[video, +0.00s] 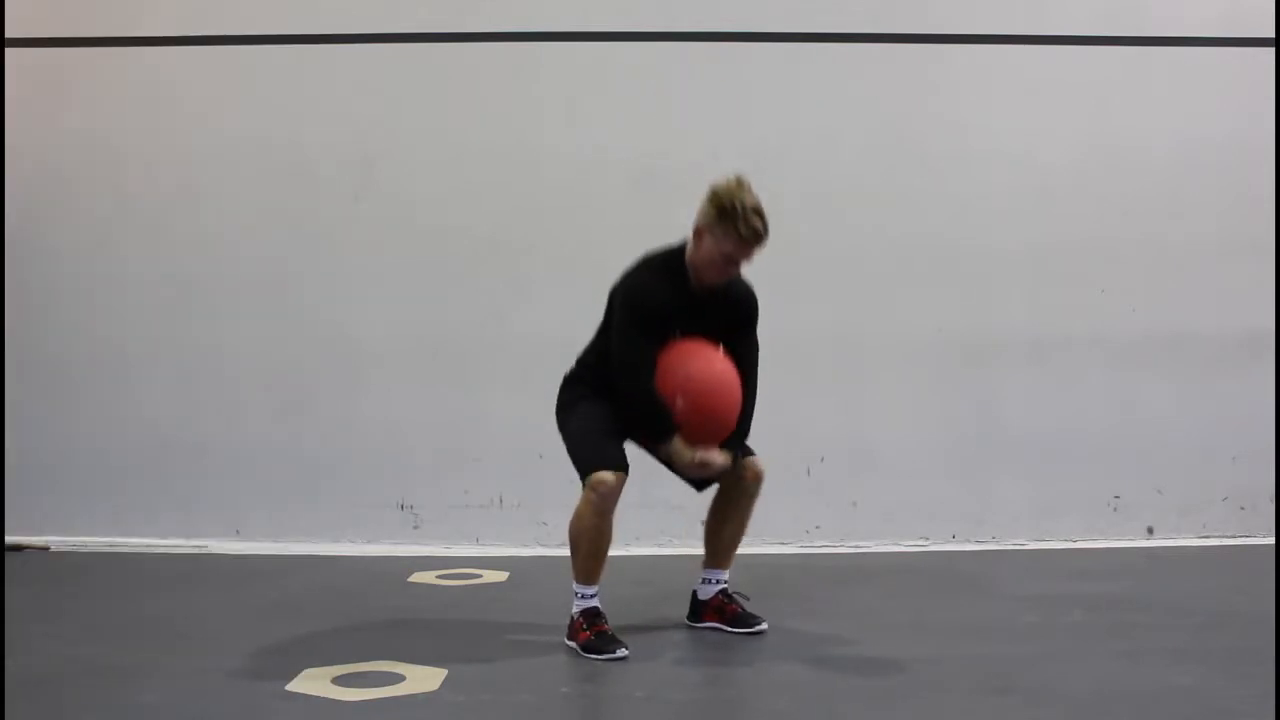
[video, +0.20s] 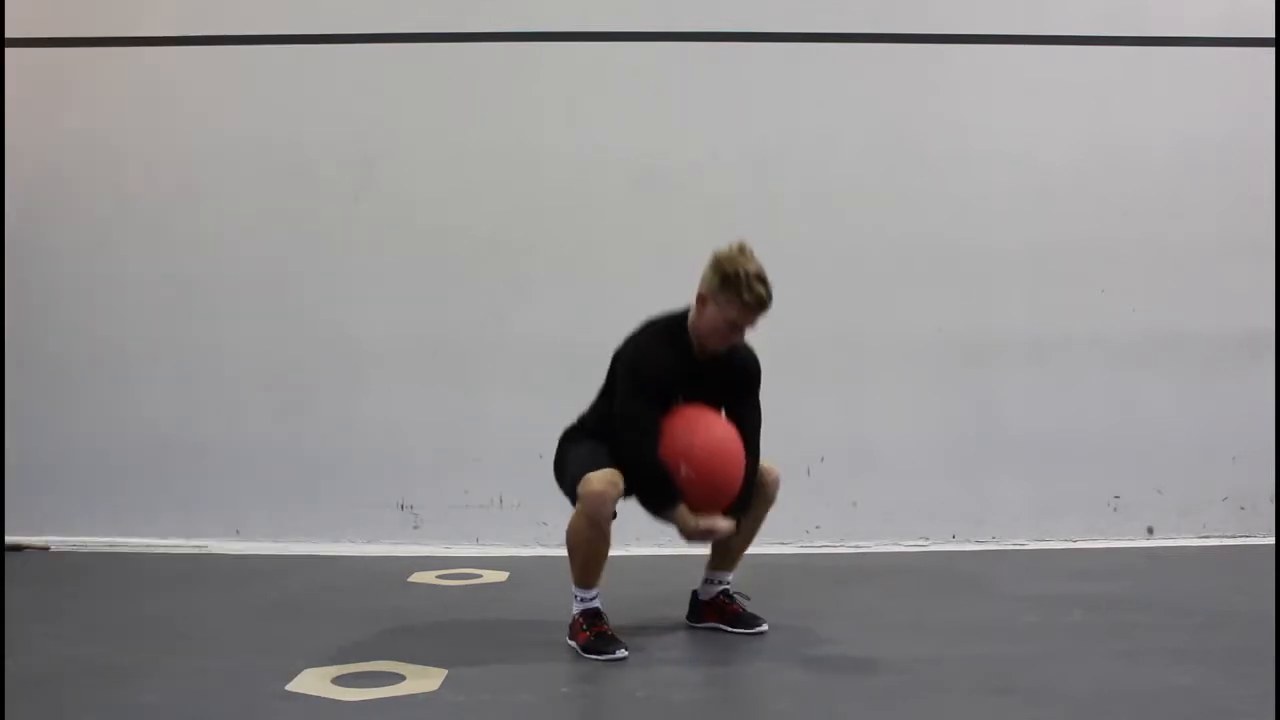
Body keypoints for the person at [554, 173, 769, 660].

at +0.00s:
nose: (733, 271)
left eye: (743, 261)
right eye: (726, 257)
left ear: (752, 253)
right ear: (698, 234)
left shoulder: (738, 300)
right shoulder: (645, 284)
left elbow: (743, 380)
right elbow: (627, 378)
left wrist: (729, 447)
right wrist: (671, 445)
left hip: (662, 403)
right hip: (596, 393)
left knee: (746, 473)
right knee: (605, 481)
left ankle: (710, 596)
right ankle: (585, 614)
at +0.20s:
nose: (739, 337)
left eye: (747, 327)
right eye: (733, 325)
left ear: (755, 319)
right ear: (701, 301)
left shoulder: (741, 365)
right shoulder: (647, 348)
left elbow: (746, 446)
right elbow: (633, 444)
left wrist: (728, 509)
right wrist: (677, 511)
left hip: (674, 458)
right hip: (600, 444)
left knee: (764, 482)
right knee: (600, 489)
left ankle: (711, 596)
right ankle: (586, 614)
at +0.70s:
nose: (736, 285)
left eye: (744, 275)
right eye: (729, 272)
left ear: (750, 271)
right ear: (698, 254)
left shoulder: (741, 325)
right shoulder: (647, 309)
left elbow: (749, 403)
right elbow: (634, 406)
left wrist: (738, 465)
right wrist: (688, 470)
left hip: (669, 421)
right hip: (602, 412)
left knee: (760, 477)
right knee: (606, 488)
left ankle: (711, 597)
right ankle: (586, 614)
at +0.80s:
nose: (731, 240)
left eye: (738, 231)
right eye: (724, 228)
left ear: (744, 228)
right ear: (694, 214)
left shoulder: (737, 288)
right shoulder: (644, 274)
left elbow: (749, 369)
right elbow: (633, 365)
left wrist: (740, 432)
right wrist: (685, 426)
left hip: (666, 400)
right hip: (603, 389)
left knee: (750, 473)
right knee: (606, 481)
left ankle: (710, 596)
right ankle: (586, 613)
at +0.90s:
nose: (712, 169)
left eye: (719, 160)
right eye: (704, 156)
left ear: (726, 163)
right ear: (675, 152)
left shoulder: (728, 231)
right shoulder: (635, 218)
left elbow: (748, 307)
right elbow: (630, 303)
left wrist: (746, 363)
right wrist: (693, 358)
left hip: (671, 364)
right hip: (607, 356)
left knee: (728, 464)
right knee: (609, 472)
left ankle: (709, 596)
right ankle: (586, 611)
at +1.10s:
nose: (684, 116)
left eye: (691, 106)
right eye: (672, 105)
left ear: (696, 109)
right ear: (642, 105)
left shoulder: (710, 177)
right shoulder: (615, 173)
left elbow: (752, 246)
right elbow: (639, 241)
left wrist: (758, 282)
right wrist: (713, 283)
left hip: (680, 338)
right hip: (618, 339)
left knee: (703, 460)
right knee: (612, 468)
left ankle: (707, 597)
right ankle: (587, 611)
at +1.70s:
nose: (715, 164)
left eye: (723, 155)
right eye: (707, 151)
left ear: (732, 155)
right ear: (678, 140)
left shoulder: (729, 220)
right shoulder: (636, 206)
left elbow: (750, 296)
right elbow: (636, 291)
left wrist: (748, 356)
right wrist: (693, 351)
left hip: (667, 360)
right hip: (604, 352)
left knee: (717, 463)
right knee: (607, 468)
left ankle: (708, 596)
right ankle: (587, 611)